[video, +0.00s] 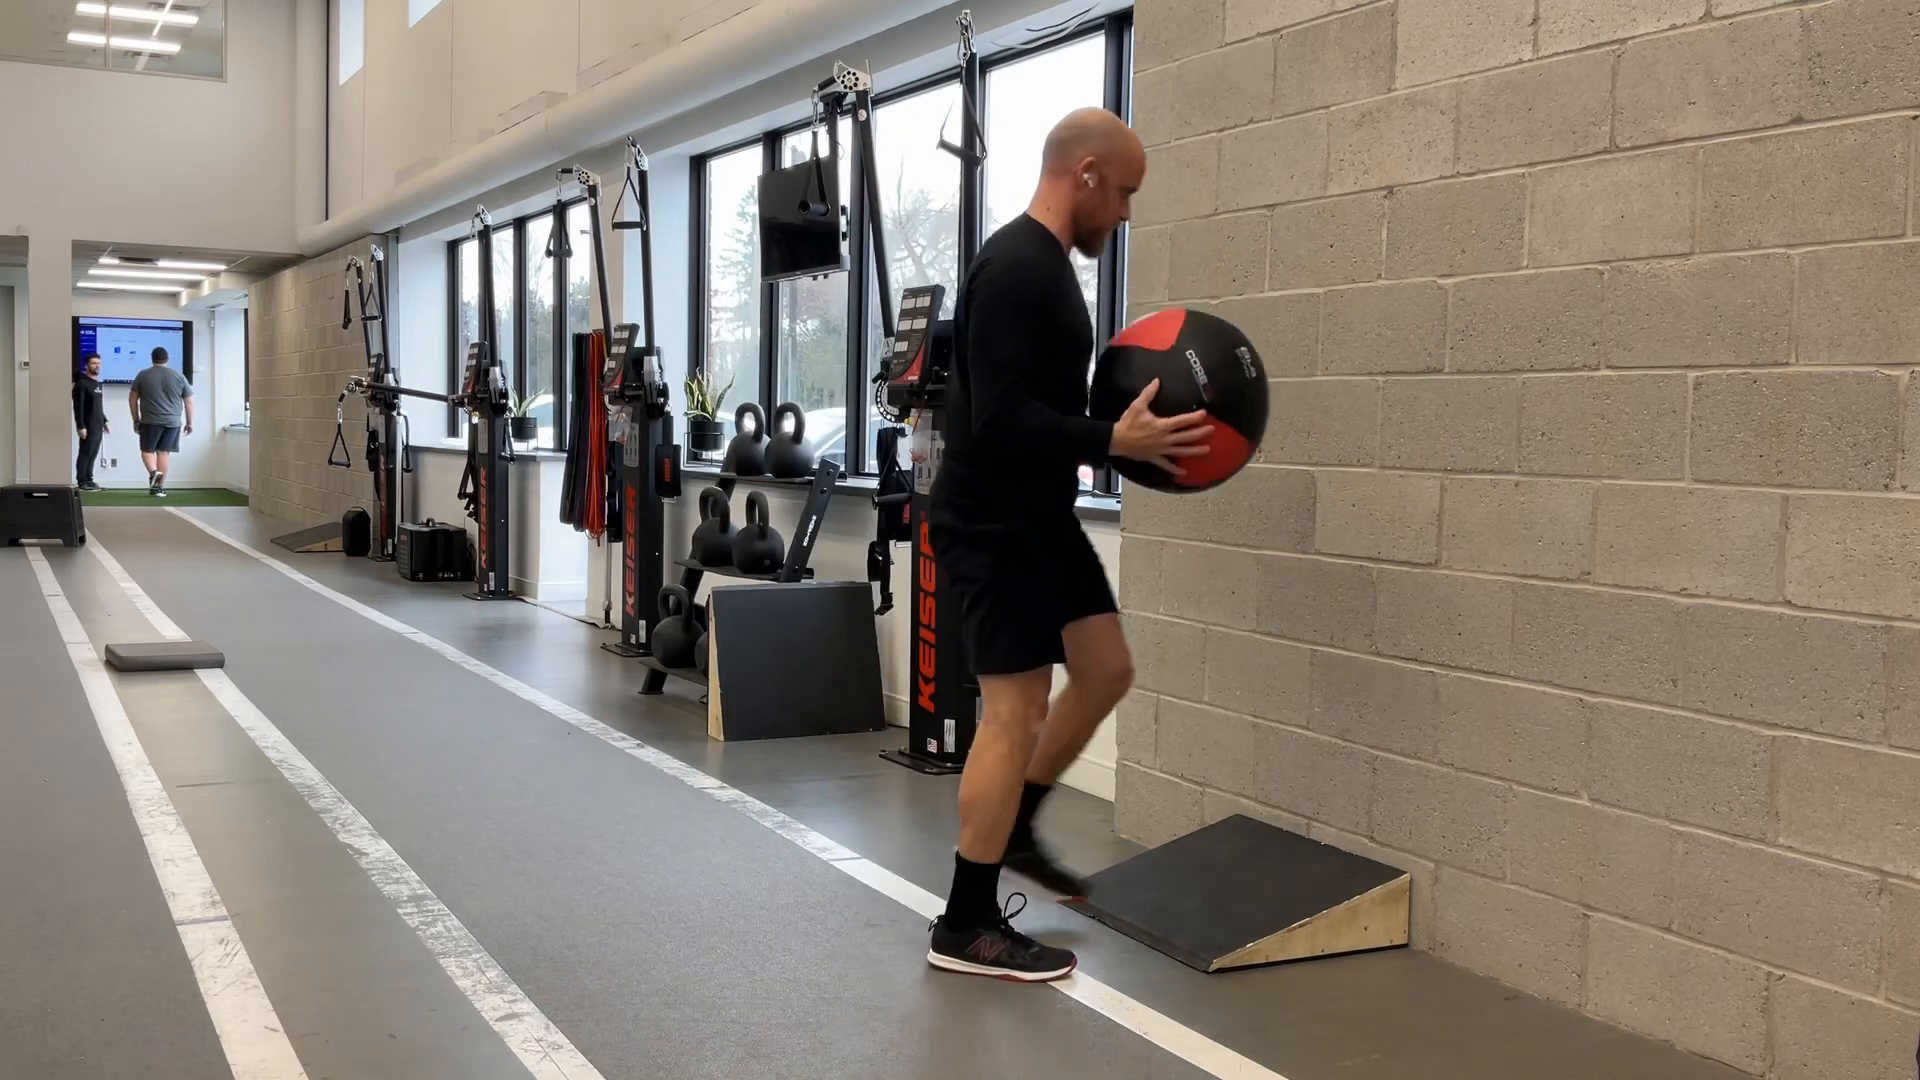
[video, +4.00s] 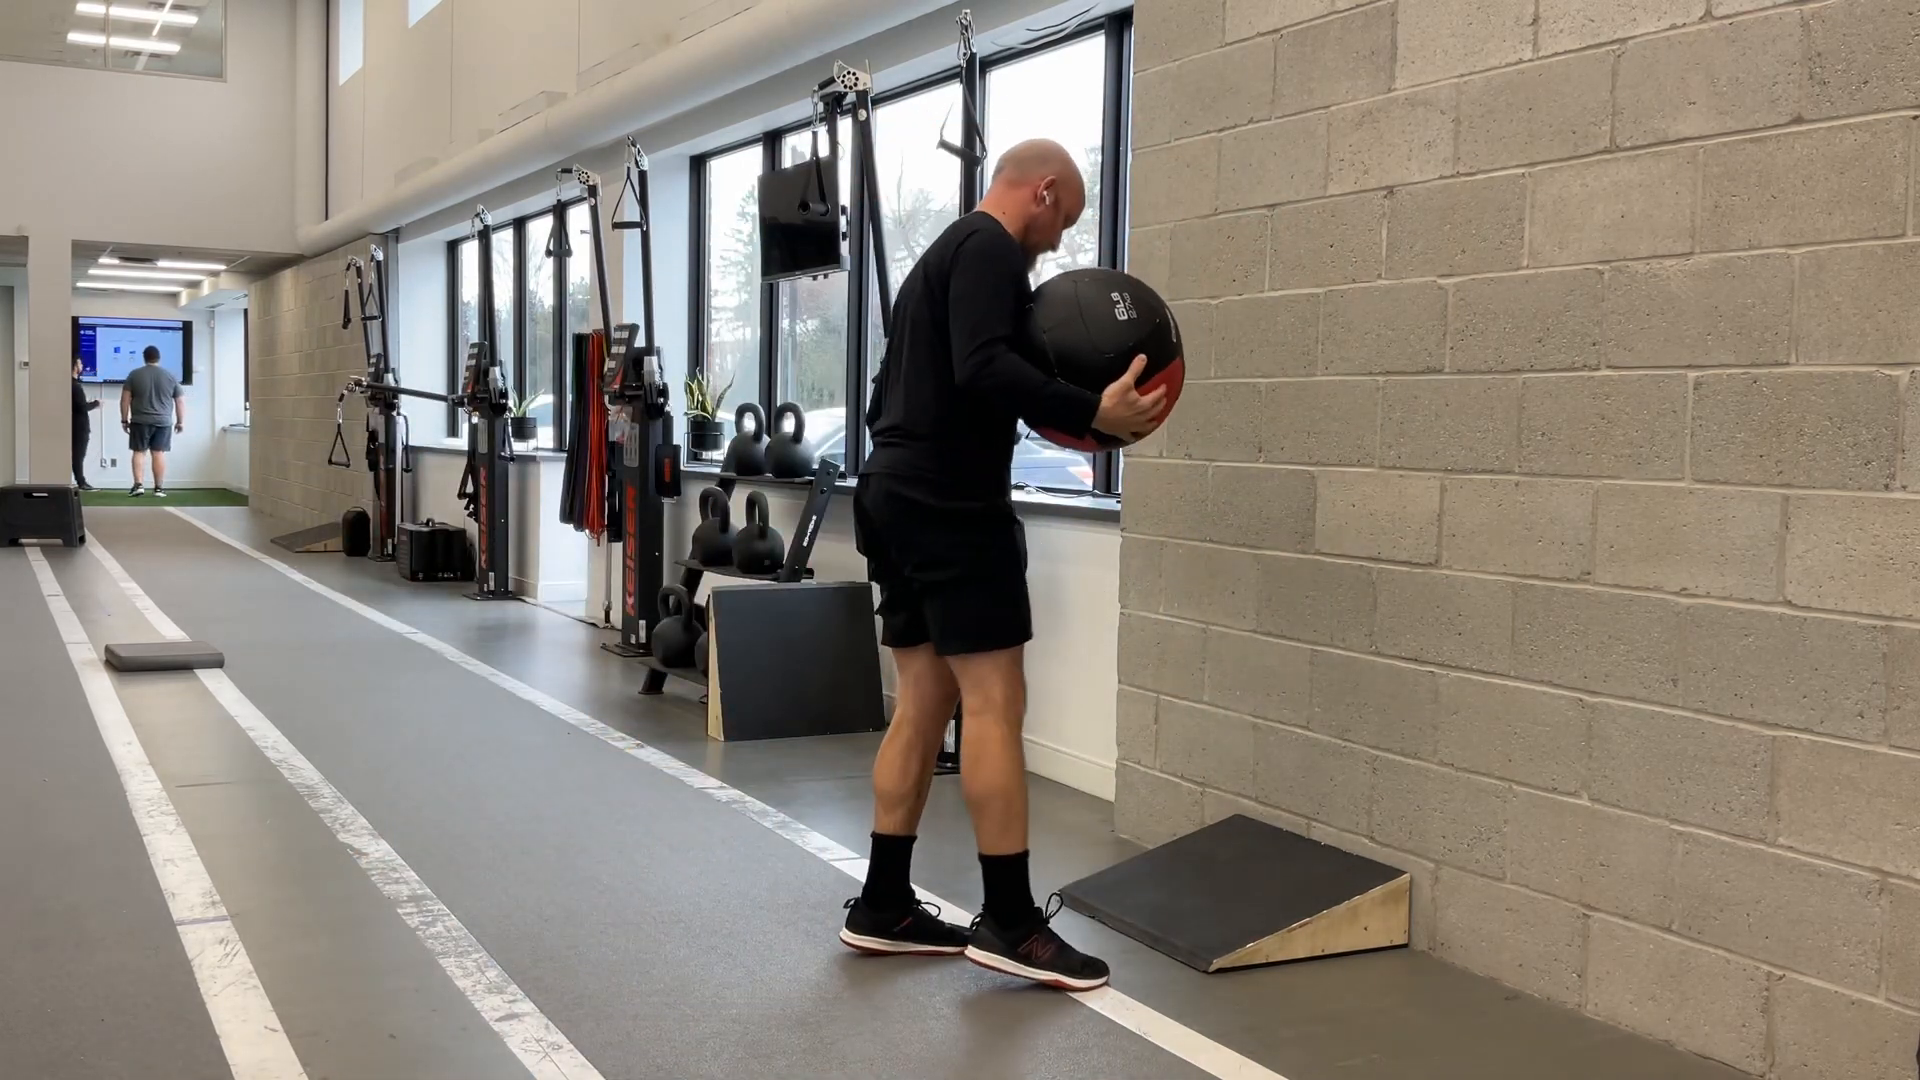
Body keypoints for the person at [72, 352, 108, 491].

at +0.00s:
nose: (97, 366)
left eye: (98, 363)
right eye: (94, 363)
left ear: (100, 365)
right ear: (87, 365)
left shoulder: (97, 384)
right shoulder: (81, 384)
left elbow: (98, 406)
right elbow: (78, 407)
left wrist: (104, 421)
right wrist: (81, 426)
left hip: (97, 424)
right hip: (88, 425)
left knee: (93, 454)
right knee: (85, 454)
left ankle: (89, 479)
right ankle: (82, 480)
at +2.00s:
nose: (98, 365)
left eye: (100, 363)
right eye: (95, 362)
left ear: (101, 365)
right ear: (88, 365)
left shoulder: (98, 385)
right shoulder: (81, 383)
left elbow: (99, 407)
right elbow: (78, 406)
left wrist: (103, 425)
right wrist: (80, 424)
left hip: (97, 425)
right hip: (87, 426)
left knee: (92, 454)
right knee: (85, 454)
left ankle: (89, 479)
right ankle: (82, 481)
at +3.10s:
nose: (96, 367)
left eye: (97, 365)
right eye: (93, 364)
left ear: (98, 367)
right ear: (86, 366)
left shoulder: (94, 384)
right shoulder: (79, 383)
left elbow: (95, 404)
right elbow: (78, 405)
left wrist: (107, 412)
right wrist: (93, 415)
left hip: (94, 423)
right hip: (84, 423)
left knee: (92, 453)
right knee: (85, 452)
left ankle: (89, 479)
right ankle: (82, 481)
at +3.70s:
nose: (91, 366)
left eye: (90, 363)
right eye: (89, 363)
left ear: (81, 365)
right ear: (84, 365)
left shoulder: (78, 381)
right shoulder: (80, 384)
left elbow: (81, 406)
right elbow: (82, 407)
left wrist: (96, 406)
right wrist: (98, 407)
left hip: (81, 425)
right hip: (82, 426)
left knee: (86, 450)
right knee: (85, 450)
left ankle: (81, 479)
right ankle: (81, 481)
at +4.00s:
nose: (81, 366)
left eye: (81, 363)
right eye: (79, 364)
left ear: (74, 367)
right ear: (74, 367)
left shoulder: (73, 383)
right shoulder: (75, 385)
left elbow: (79, 406)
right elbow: (81, 407)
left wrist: (91, 403)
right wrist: (94, 404)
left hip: (76, 425)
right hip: (79, 426)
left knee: (77, 455)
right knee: (78, 455)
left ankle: (81, 481)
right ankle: (81, 482)